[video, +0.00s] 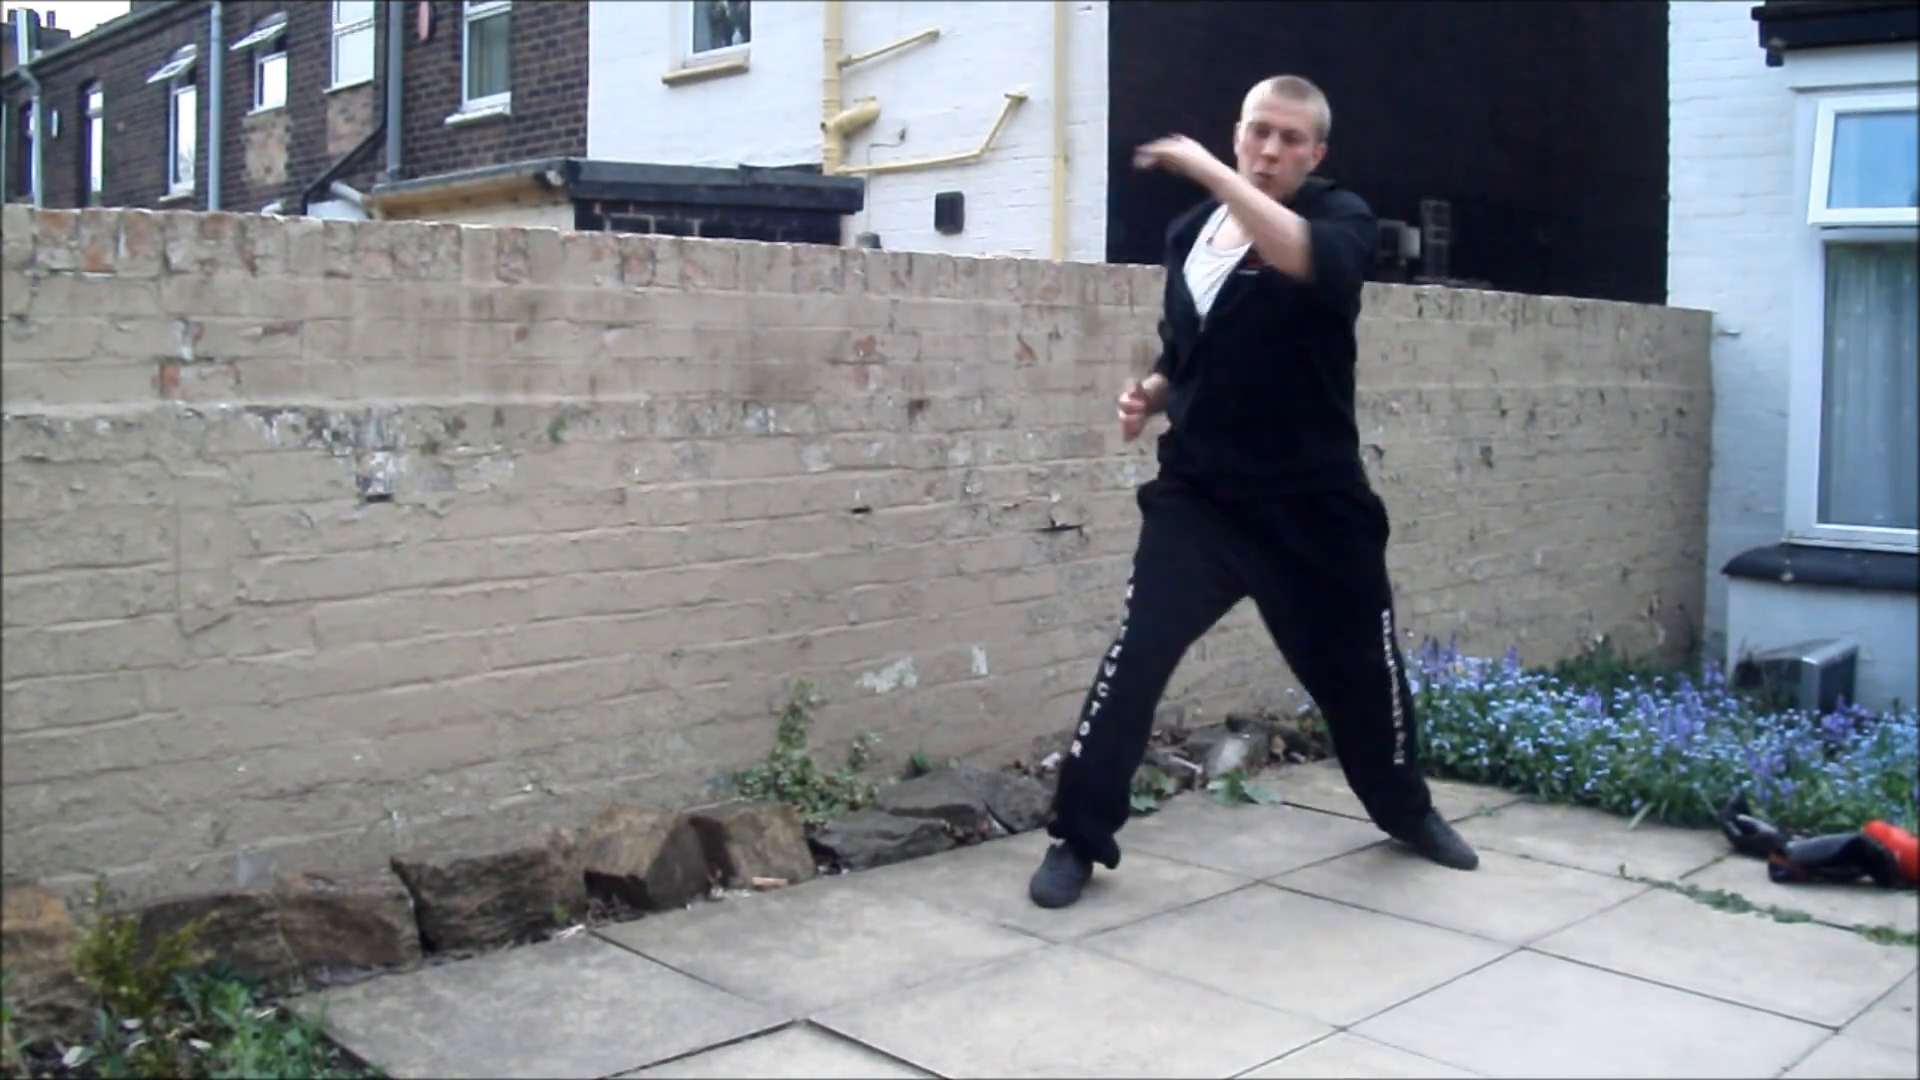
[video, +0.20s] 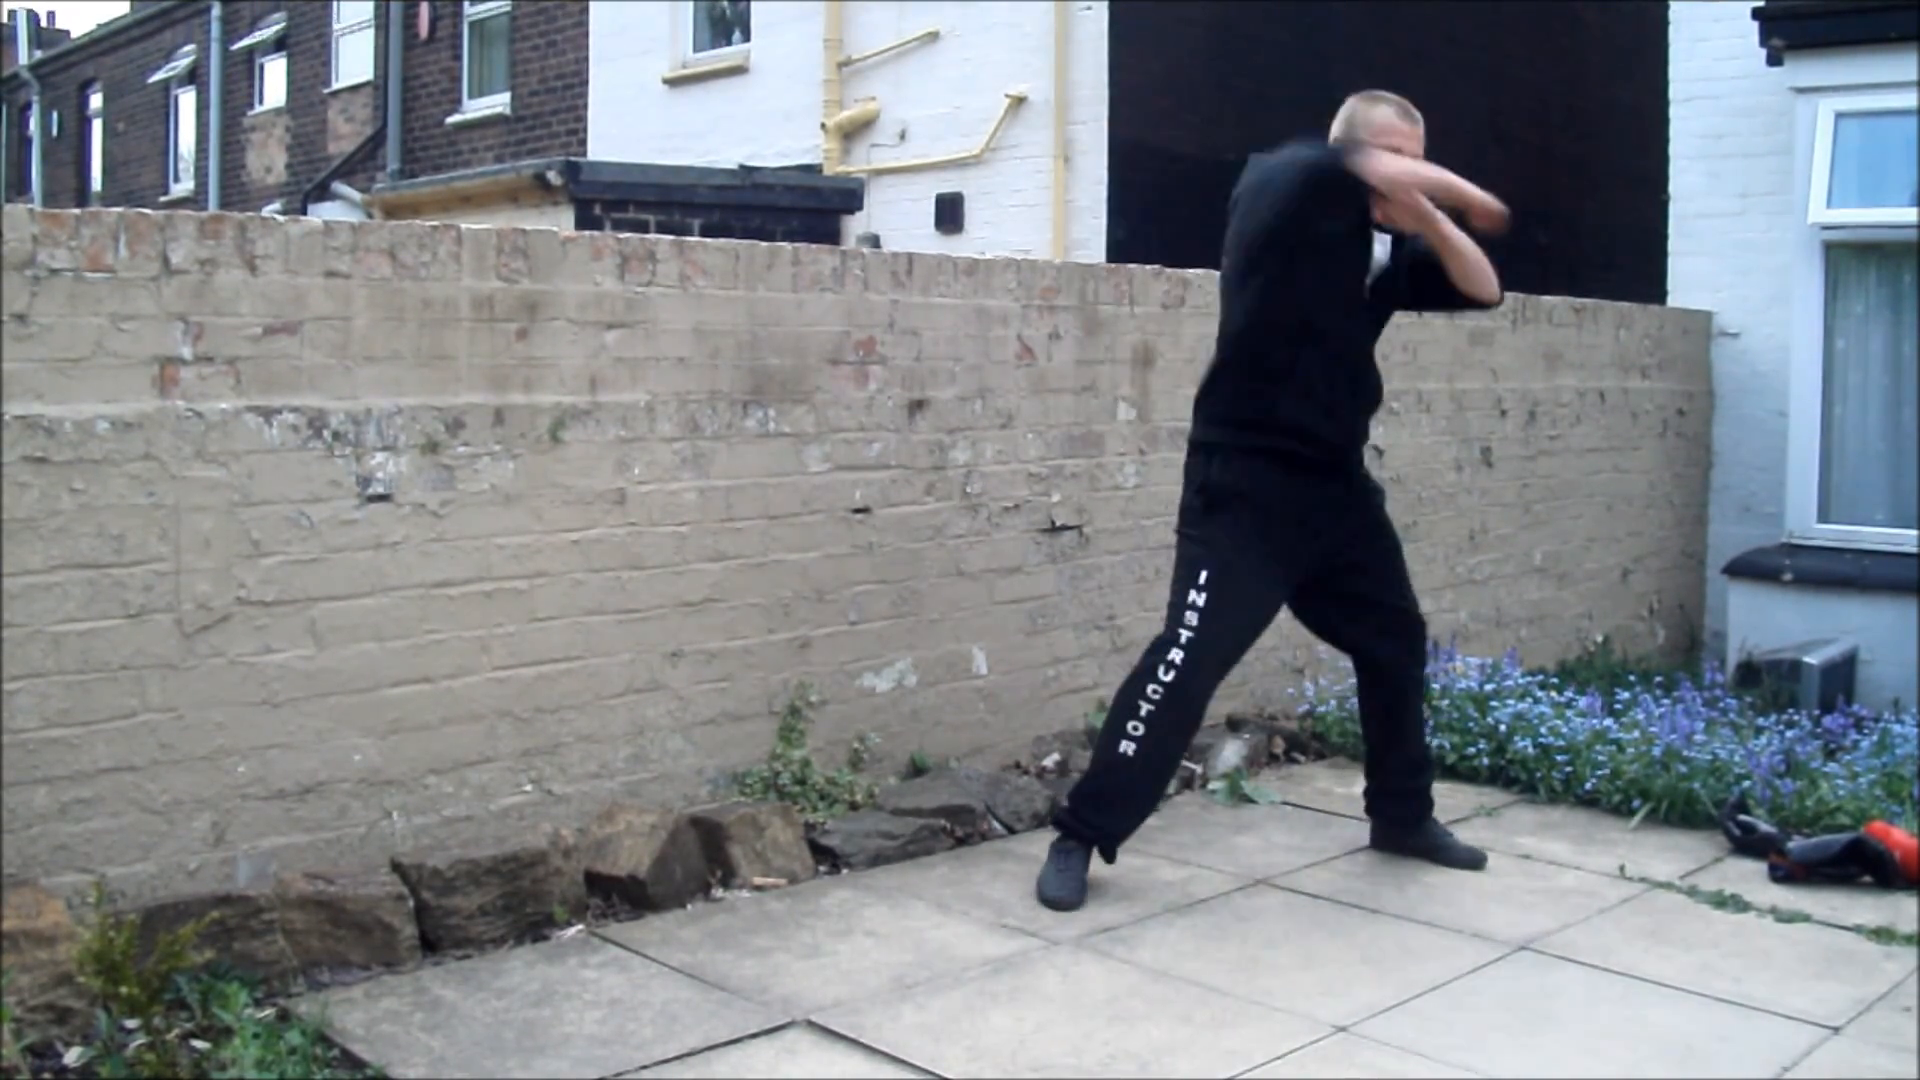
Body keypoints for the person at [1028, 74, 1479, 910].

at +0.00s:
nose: (1269, 150)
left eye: (1290, 139)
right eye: (1259, 132)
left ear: (1318, 153)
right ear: (1233, 134)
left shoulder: (1340, 216)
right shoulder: (1191, 233)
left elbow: (1315, 263)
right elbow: (1185, 348)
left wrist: (1209, 171)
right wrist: (1154, 389)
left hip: (1316, 506)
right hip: (1201, 502)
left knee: (1365, 669)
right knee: (1136, 658)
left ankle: (1406, 811)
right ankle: (1073, 840)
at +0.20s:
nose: (1414, 176)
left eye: (1419, 164)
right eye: (1404, 161)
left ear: (1413, 167)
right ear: (1358, 149)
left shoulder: (1387, 249)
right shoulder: (1279, 184)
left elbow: (1482, 287)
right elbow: (1376, 172)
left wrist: (1413, 199)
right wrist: (1466, 195)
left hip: (1335, 483)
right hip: (1243, 471)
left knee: (1396, 642)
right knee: (1192, 649)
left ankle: (1402, 820)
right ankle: (1081, 835)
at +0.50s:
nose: (1439, 146)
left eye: (1453, 133)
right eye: (1424, 128)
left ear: (1464, 139)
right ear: (1384, 123)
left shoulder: (1458, 216)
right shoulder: (1316, 196)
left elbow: (1512, 322)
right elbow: (1257, 332)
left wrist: (1461, 236)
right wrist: (1375, 312)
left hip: (1406, 476)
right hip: (1306, 469)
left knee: (1426, 654)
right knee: (1252, 635)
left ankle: (1407, 818)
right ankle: (1159, 809)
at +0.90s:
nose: (1371, 133)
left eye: (1387, 118)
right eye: (1358, 117)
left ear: (1416, 124)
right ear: (1335, 122)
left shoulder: (1460, 208)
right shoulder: (1289, 212)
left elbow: (1453, 331)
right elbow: (1253, 358)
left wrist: (1416, 218)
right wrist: (1286, 322)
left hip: (1407, 472)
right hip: (1295, 463)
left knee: (1412, 650)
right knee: (1251, 619)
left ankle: (1406, 814)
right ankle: (1232, 792)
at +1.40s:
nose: (1180, 139)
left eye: (1199, 125)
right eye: (1179, 128)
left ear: (1254, 133)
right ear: (1196, 139)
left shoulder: (1269, 188)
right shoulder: (1219, 220)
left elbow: (1156, 177)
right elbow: (1203, 378)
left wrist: (1051, 106)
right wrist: (1120, 351)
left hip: (1265, 466)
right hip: (1184, 470)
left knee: (1269, 660)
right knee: (1124, 657)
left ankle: (1364, 799)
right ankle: (1185, 859)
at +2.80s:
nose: (1091, 67)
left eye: (1102, 48)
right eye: (1068, 54)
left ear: (1122, 58)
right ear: (1035, 71)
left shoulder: (1181, 157)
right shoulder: (997, 179)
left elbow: (1221, 308)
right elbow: (976, 335)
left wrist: (1155, 221)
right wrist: (1035, 272)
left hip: (1170, 457)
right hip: (1057, 462)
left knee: (1199, 630)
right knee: (1030, 668)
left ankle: (1114, 793)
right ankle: (996, 857)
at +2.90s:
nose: (1109, 76)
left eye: (1123, 59)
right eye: (1090, 61)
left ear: (1148, 66)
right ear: (1060, 72)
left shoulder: (1203, 145)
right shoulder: (1019, 161)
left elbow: (1256, 285)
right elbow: (992, 321)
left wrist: (1177, 185)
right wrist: (1047, 261)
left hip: (1194, 446)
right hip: (1076, 451)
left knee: (1223, 636)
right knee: (1055, 651)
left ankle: (1229, 804)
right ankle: (1009, 856)